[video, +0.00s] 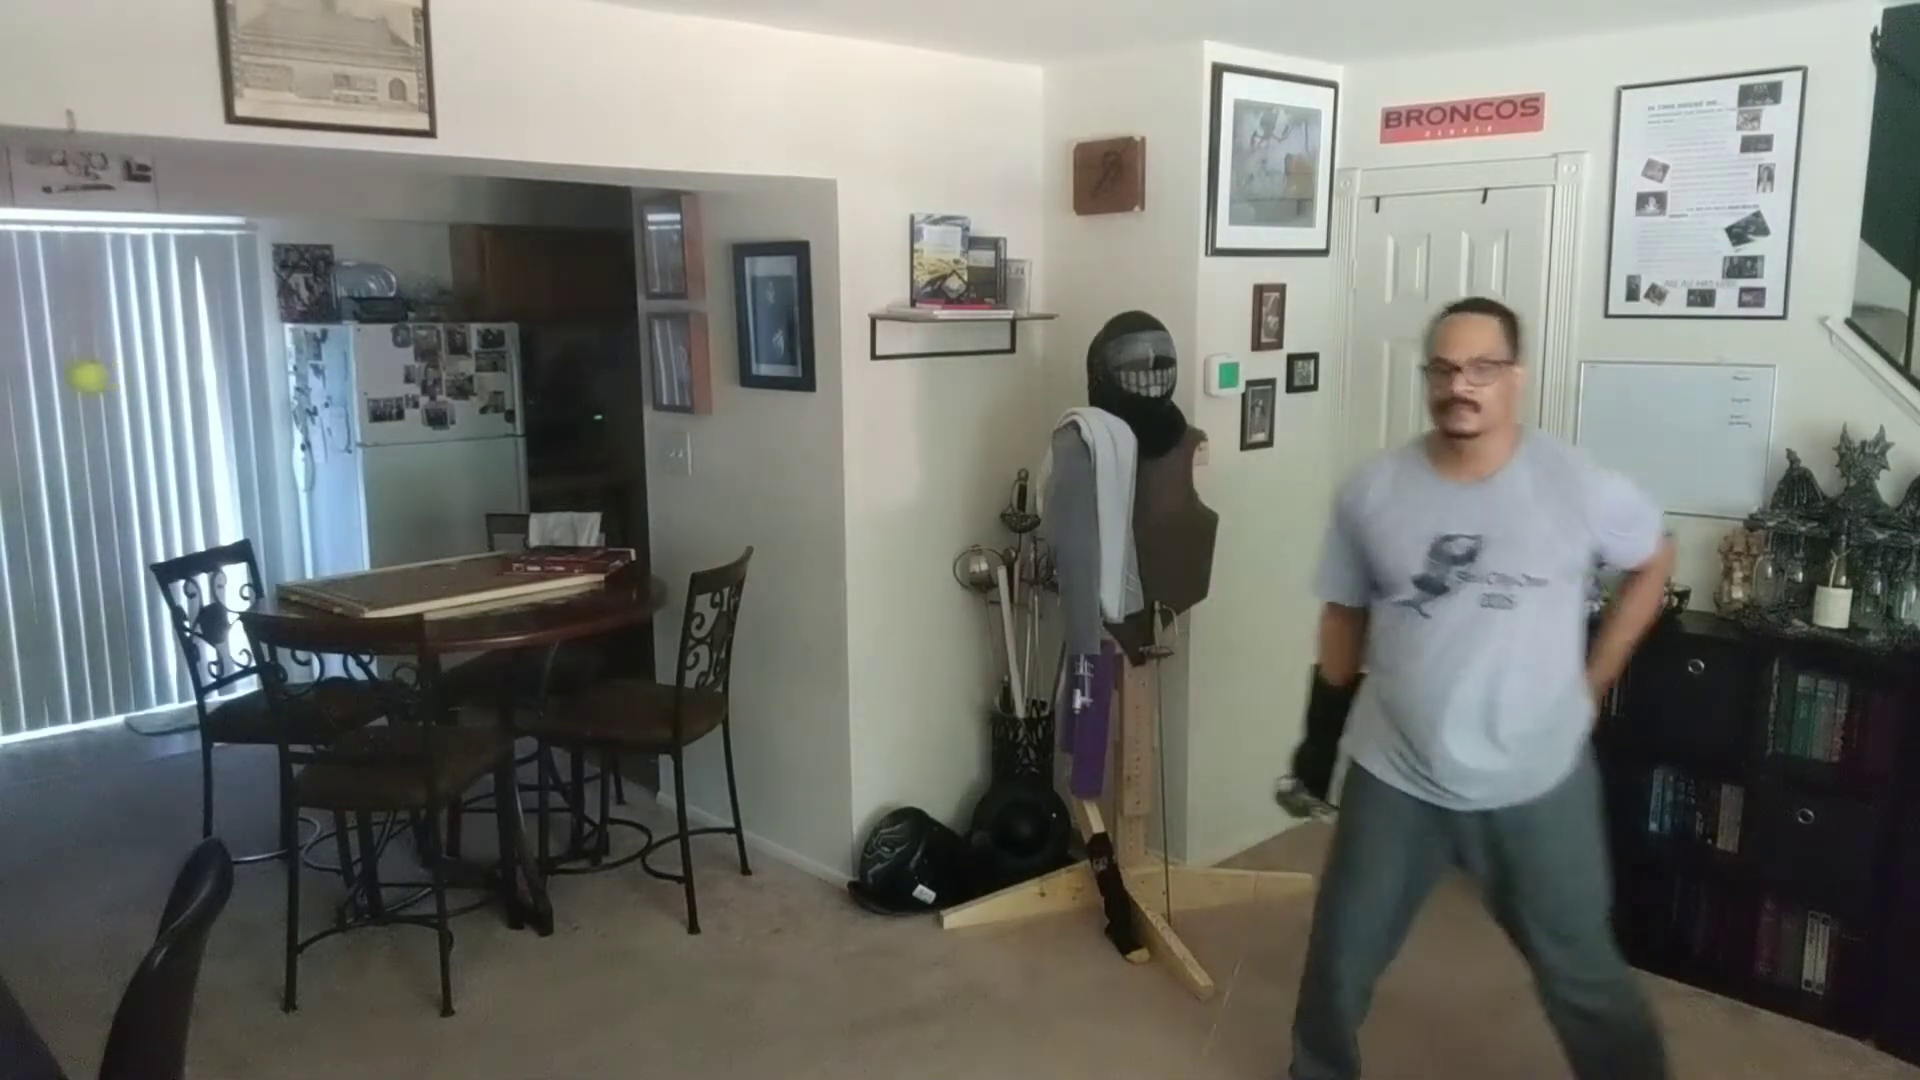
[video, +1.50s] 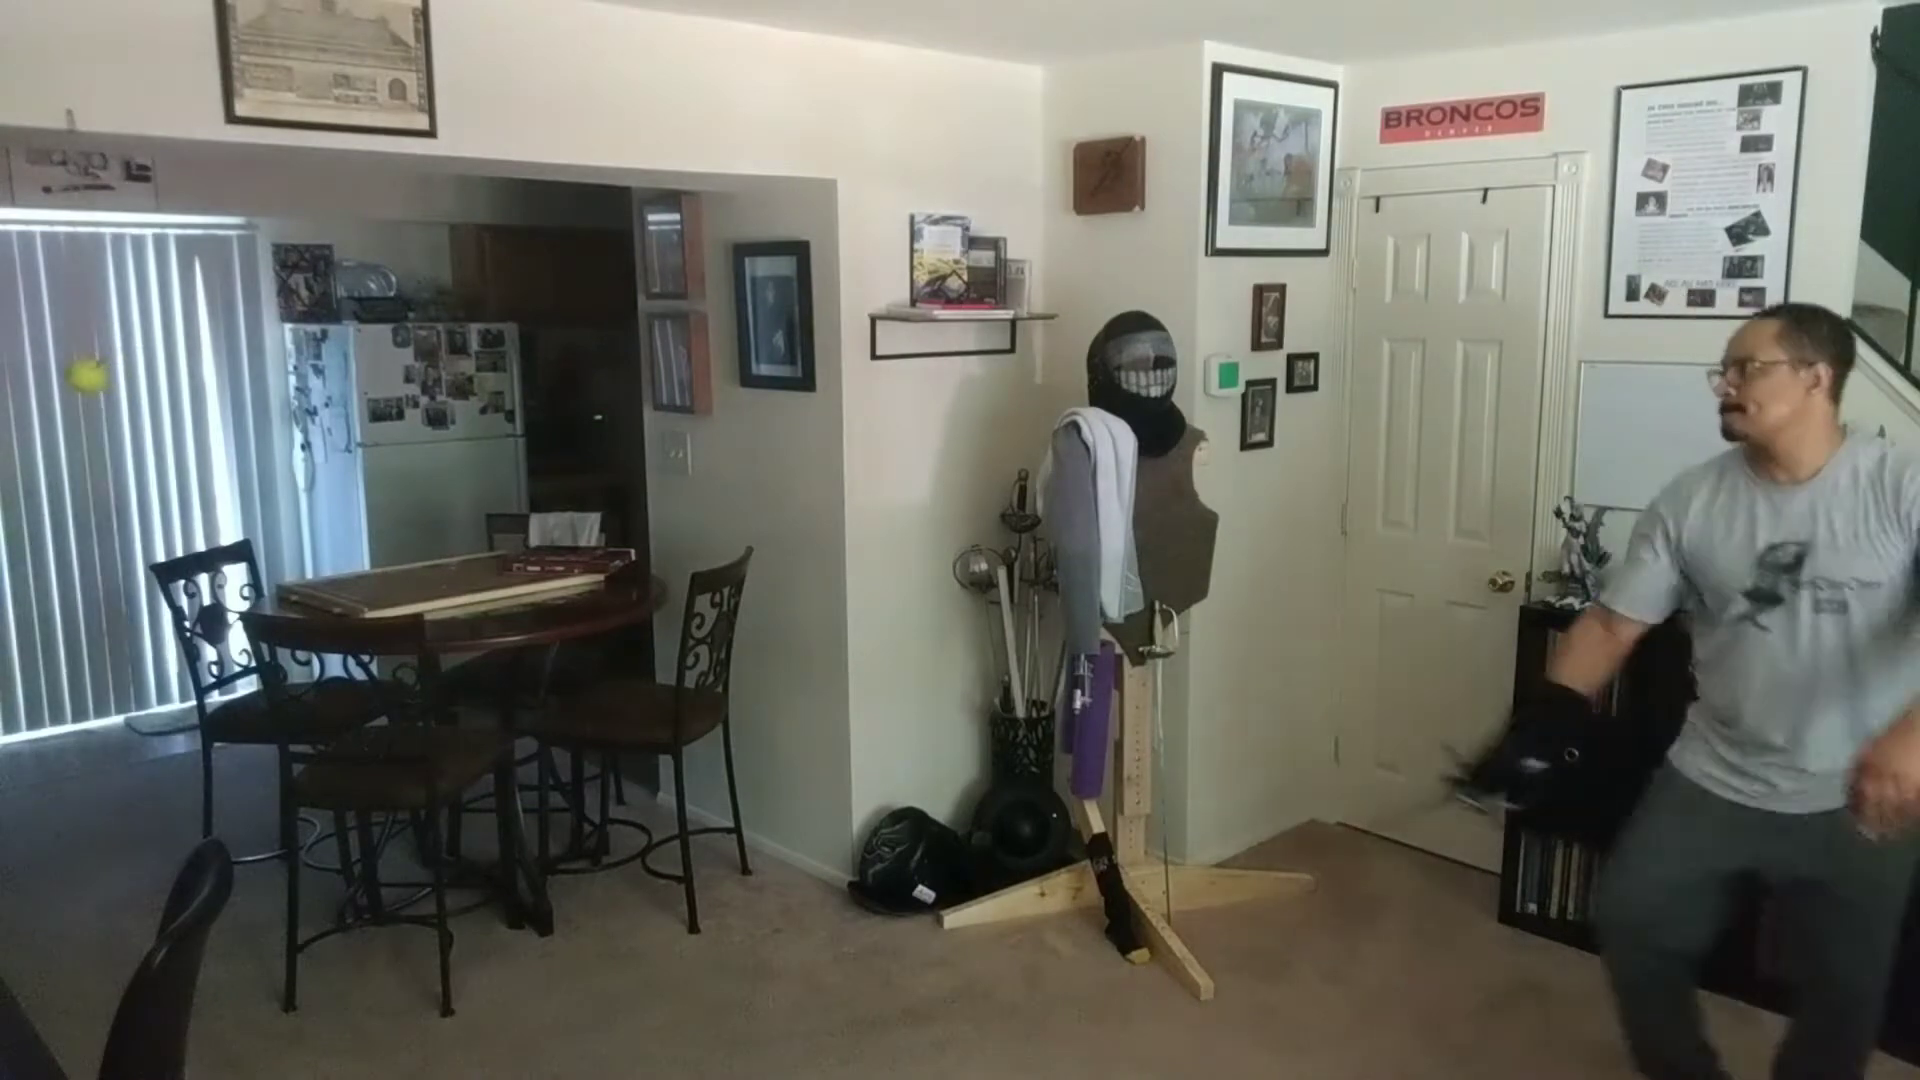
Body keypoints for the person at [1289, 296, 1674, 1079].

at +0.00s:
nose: (1458, 386)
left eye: (1480, 370)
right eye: (1442, 369)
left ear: (1518, 380)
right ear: (1424, 378)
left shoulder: (1575, 485)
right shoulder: (1372, 491)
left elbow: (1653, 559)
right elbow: (1343, 619)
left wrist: (1594, 682)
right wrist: (1319, 746)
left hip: (1539, 778)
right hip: (1398, 771)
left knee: (1583, 977)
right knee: (1337, 967)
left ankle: (1637, 1074)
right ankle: (1318, 1070)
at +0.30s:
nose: (1570, 407)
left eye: (1595, 388)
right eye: (1557, 387)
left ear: (1647, 392)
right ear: (1543, 390)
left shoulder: (1711, 493)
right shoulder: (1506, 498)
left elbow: (1828, 544)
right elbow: (1497, 622)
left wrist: (1750, 684)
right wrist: (1495, 719)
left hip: (1670, 799)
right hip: (1525, 780)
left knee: (1677, 1030)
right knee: (1449, 990)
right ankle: (1411, 1067)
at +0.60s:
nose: (1608, 380)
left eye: (1629, 366)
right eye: (1610, 363)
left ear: (1696, 380)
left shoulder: (1784, 479)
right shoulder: (1586, 485)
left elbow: (1911, 514)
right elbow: (1577, 601)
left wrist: (1860, 651)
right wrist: (1574, 664)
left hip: (1732, 778)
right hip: (1610, 769)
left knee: (1698, 1004)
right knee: (1617, 962)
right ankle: (1661, 1066)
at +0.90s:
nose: (1630, 373)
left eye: (1652, 360)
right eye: (1633, 357)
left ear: (1715, 376)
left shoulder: (1810, 473)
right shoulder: (1626, 500)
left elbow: (1916, 554)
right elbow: (1614, 641)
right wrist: (1590, 767)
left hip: (1793, 763)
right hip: (1677, 763)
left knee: (1723, 974)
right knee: (1676, 960)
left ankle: (1720, 1070)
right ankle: (1705, 1065)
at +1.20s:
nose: (1676, 370)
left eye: (1698, 356)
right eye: (1677, 354)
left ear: (1765, 367)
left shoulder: (1857, 470)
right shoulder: (1654, 486)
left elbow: (1916, 584)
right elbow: (1639, 628)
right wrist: (1623, 753)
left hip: (1814, 781)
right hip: (1686, 776)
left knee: (1792, 1016)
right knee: (1697, 1005)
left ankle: (1788, 1071)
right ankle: (1706, 1065)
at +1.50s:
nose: (1725, 387)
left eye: (1748, 370)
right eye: (1725, 370)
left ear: (1817, 380)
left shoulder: (1901, 487)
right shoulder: (1691, 501)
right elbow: (1609, 627)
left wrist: (1912, 734)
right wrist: (1547, 719)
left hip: (1857, 801)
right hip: (1710, 782)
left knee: (1843, 1016)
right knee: (1633, 925)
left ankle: (1809, 1074)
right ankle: (1683, 1069)